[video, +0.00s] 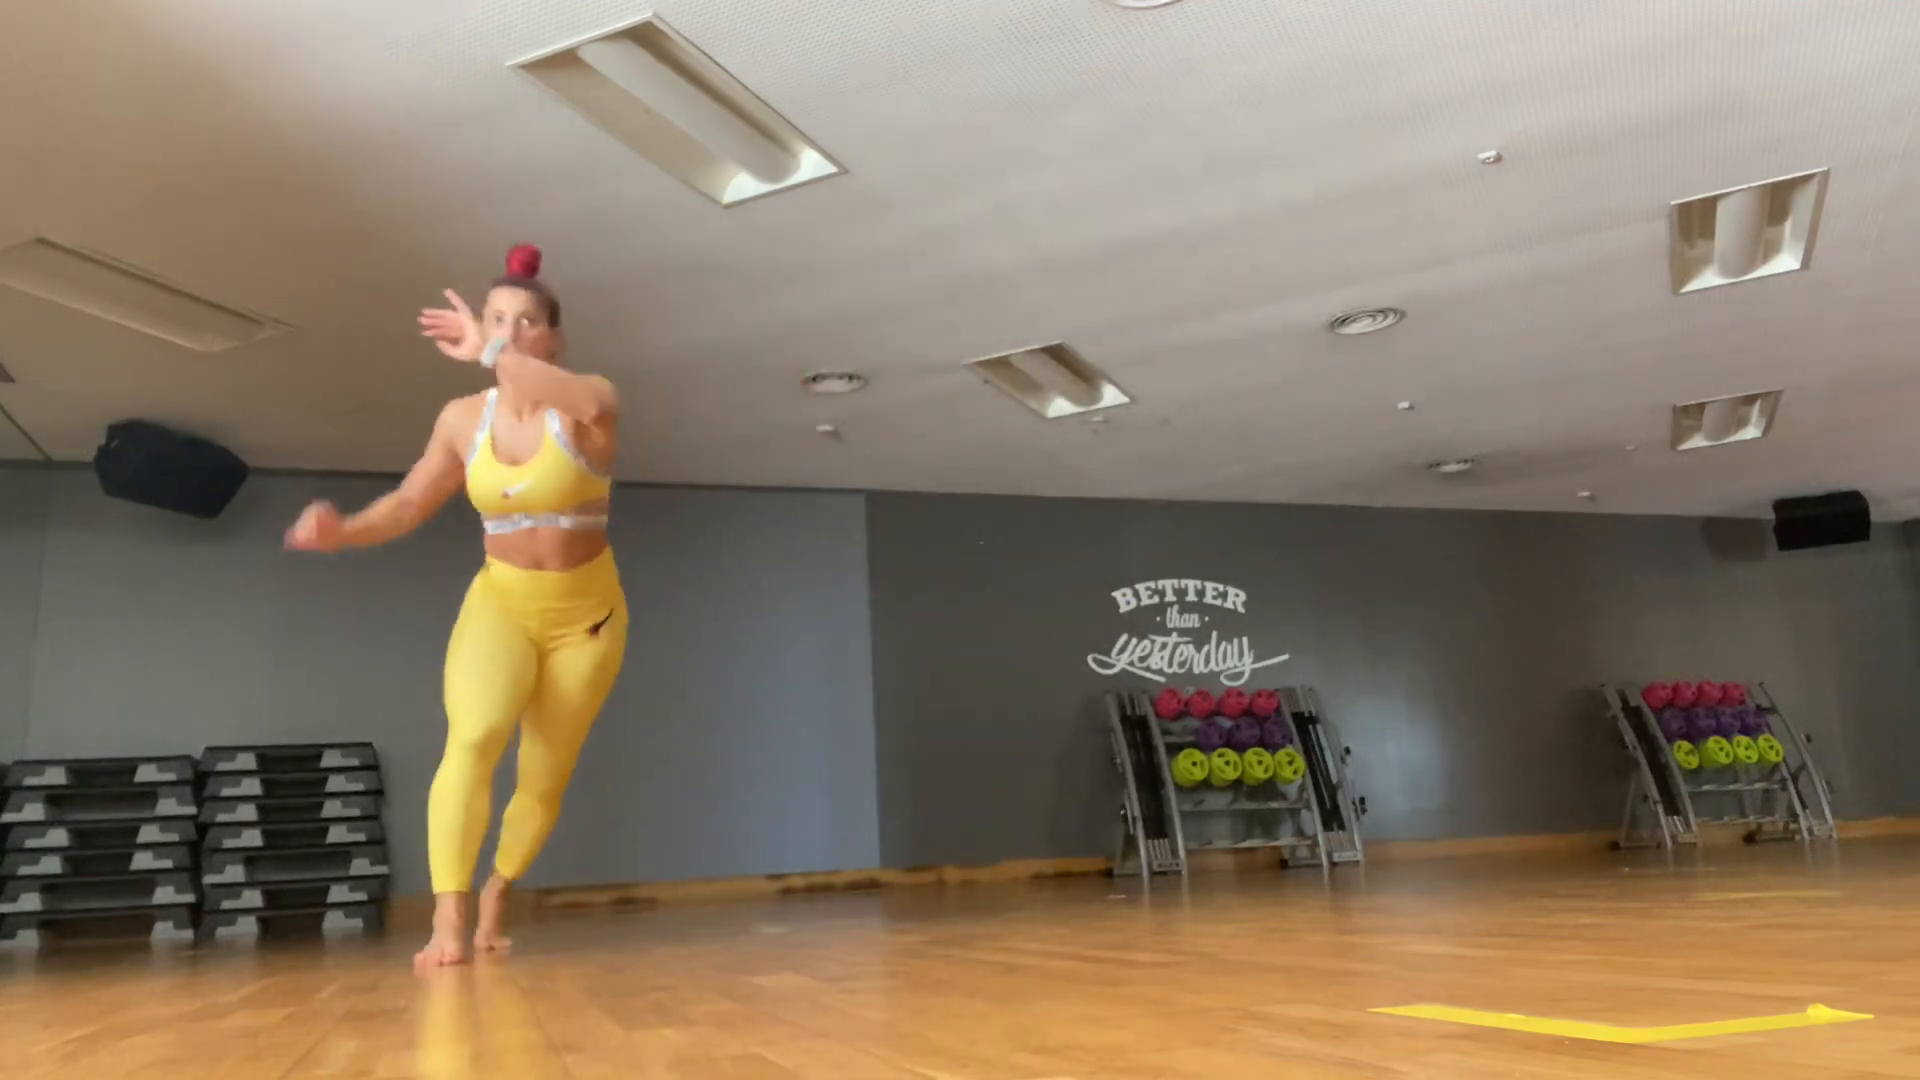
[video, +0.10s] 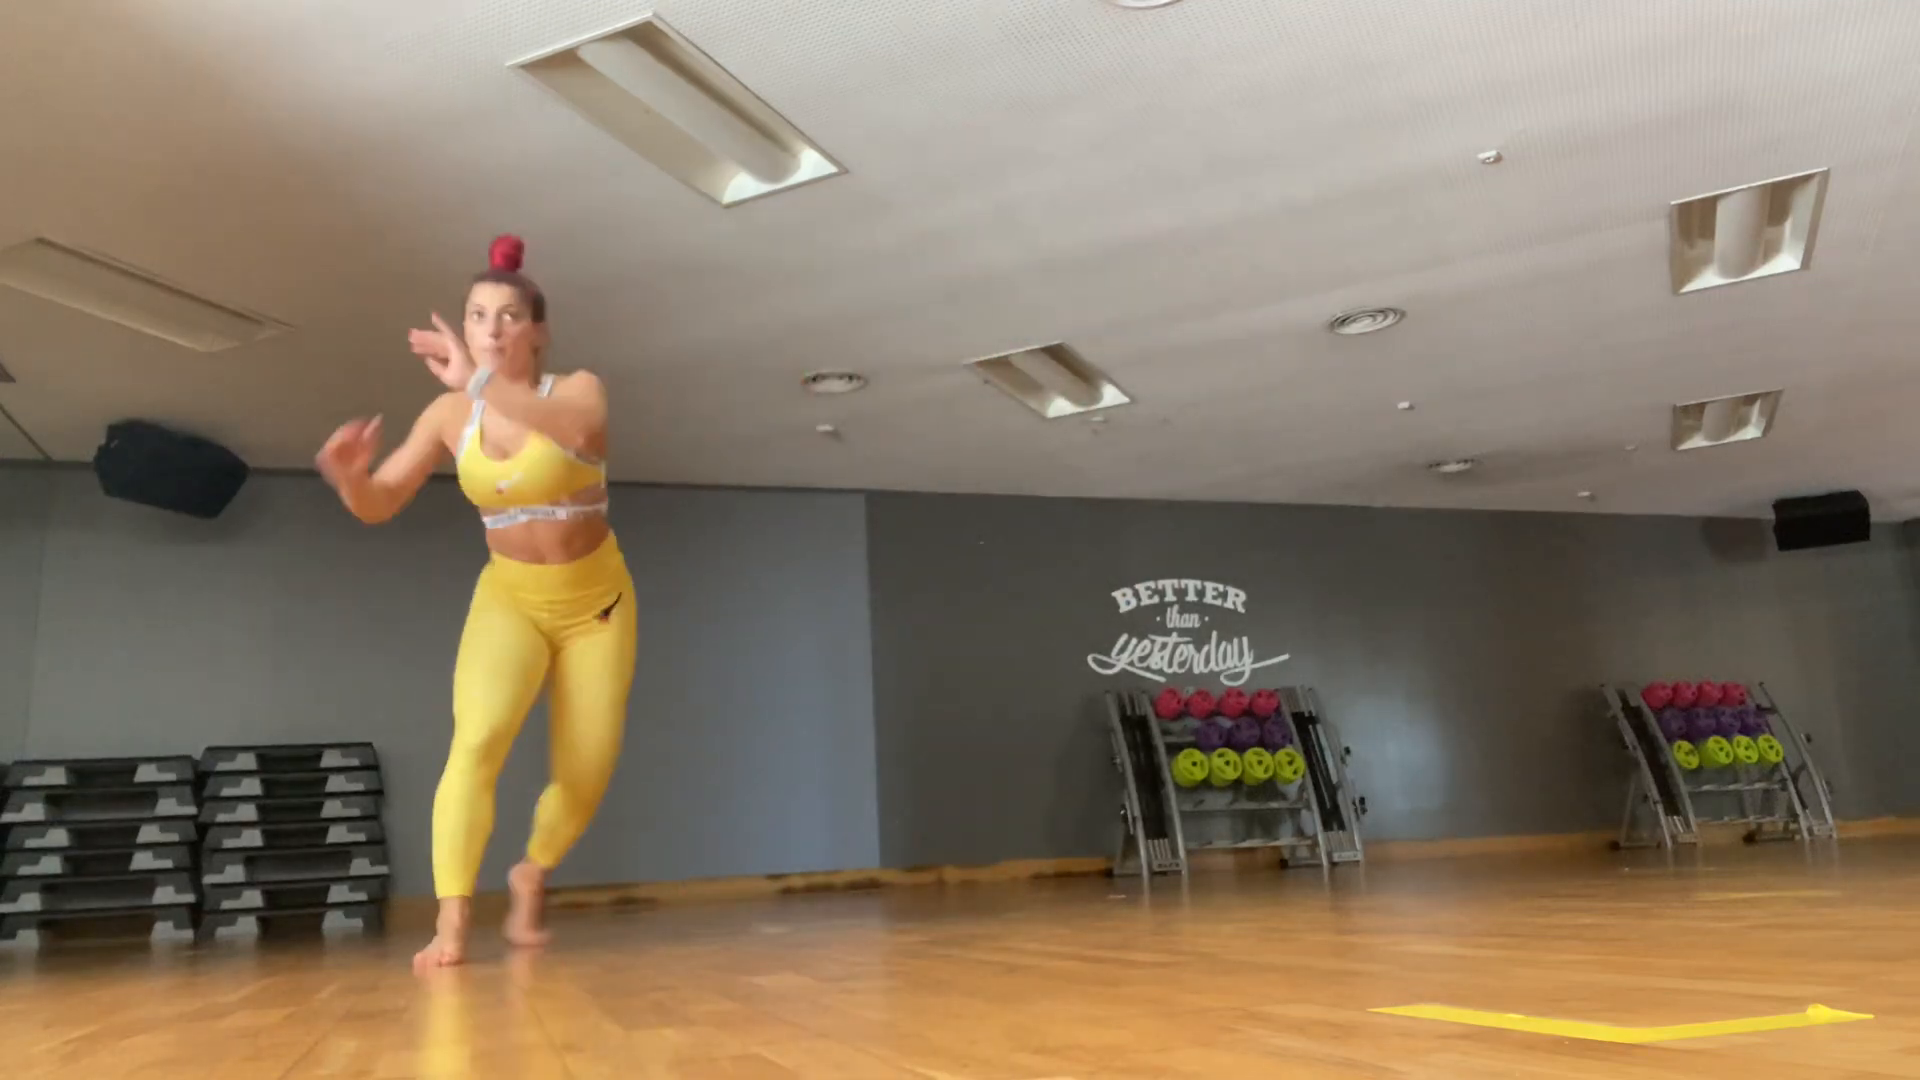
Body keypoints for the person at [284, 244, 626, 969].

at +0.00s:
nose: (505, 331)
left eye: (524, 320)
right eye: (495, 319)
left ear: (553, 335)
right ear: (483, 334)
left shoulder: (592, 401)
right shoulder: (462, 419)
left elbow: (574, 401)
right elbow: (410, 503)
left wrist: (492, 350)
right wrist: (345, 532)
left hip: (587, 612)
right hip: (500, 604)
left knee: (543, 780)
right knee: (473, 742)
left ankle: (498, 891)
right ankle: (450, 919)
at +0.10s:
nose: (492, 331)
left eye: (510, 316)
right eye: (478, 318)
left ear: (540, 331)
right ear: (461, 331)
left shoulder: (577, 390)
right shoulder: (450, 413)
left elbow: (577, 435)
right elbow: (380, 503)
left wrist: (474, 376)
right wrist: (350, 480)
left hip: (597, 597)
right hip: (509, 597)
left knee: (587, 775)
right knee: (475, 746)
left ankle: (532, 876)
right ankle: (451, 923)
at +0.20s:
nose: (497, 348)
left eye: (516, 335)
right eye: (485, 334)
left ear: (545, 354)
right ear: (467, 348)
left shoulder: (579, 418)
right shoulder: (452, 424)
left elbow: (575, 500)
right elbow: (381, 511)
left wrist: (498, 435)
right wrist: (422, 428)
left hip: (606, 602)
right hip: (515, 606)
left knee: (663, 757)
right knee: (471, 746)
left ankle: (635, 882)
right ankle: (453, 925)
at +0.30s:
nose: (529, 358)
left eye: (547, 346)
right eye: (519, 342)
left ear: (575, 364)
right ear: (500, 353)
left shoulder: (608, 431)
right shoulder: (468, 433)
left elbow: (602, 523)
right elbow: (433, 531)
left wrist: (525, 453)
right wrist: (471, 462)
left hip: (619, 604)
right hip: (524, 608)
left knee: (701, 734)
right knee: (476, 739)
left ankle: (719, 890)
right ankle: (454, 922)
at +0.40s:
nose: (604, 358)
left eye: (622, 347)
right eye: (590, 341)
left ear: (640, 367)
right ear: (558, 358)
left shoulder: (656, 434)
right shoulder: (512, 431)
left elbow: (643, 519)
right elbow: (473, 547)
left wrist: (590, 444)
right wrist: (489, 528)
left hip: (636, 606)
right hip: (539, 605)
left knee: (732, 723)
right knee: (485, 743)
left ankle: (777, 889)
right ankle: (455, 924)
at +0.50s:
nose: (699, 330)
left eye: (727, 330)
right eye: (707, 324)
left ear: (758, 364)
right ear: (689, 344)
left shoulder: (752, 436)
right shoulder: (621, 422)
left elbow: (773, 473)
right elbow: (542, 500)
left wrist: (725, 380)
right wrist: (515, 547)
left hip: (668, 620)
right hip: (580, 599)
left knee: (768, 721)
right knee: (513, 746)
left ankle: (783, 898)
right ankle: (462, 925)